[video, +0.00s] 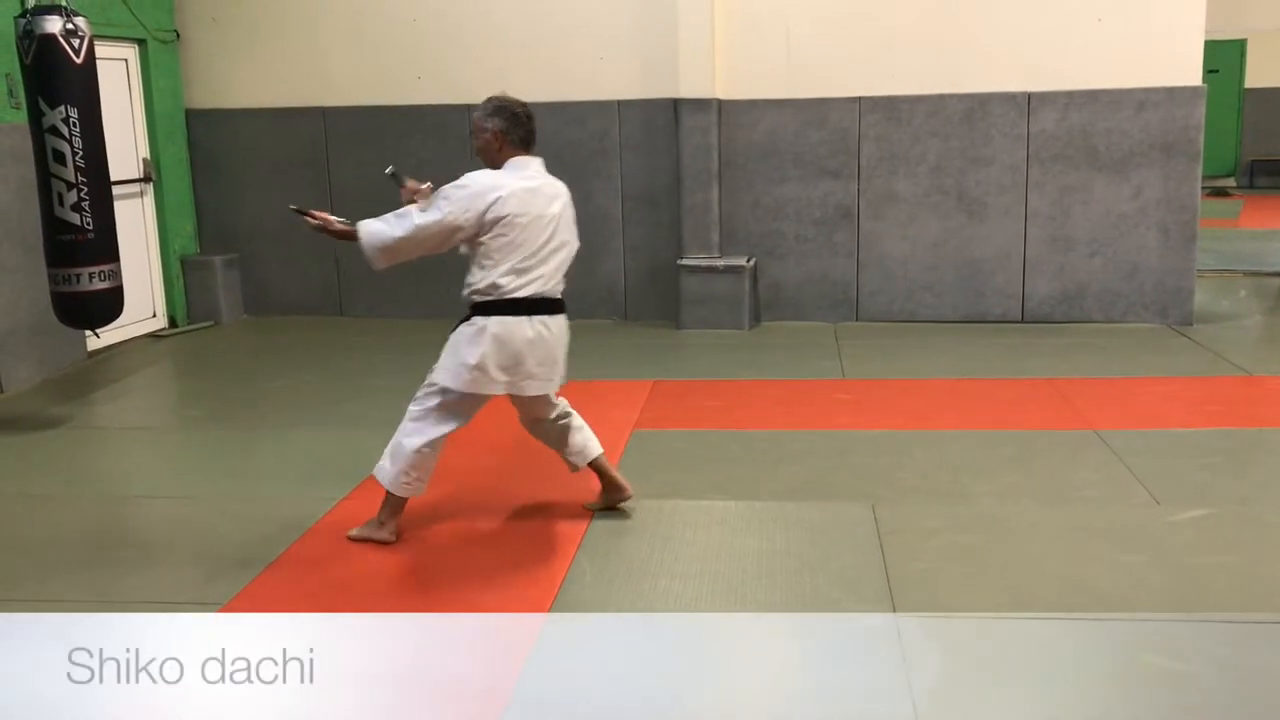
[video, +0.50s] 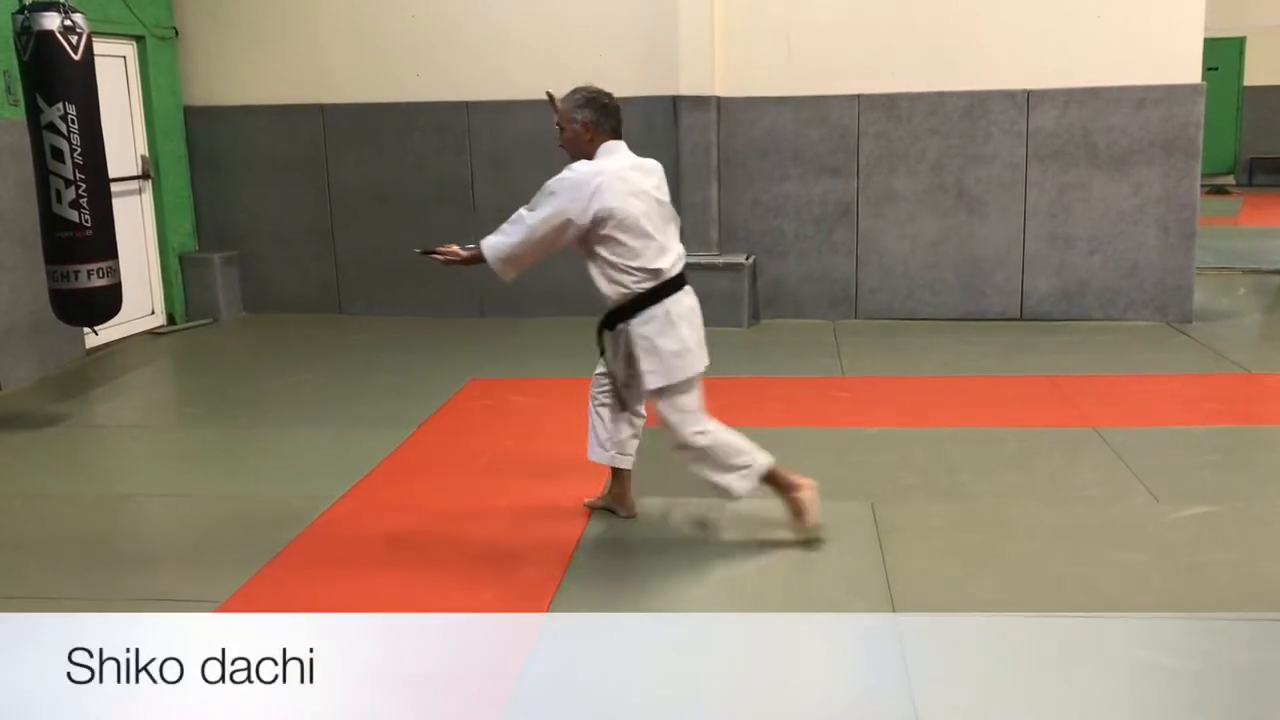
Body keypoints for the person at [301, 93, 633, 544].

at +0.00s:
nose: (474, 144)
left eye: (478, 134)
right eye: (474, 135)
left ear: (500, 135)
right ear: (523, 137)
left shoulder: (487, 188)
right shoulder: (558, 192)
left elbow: (426, 224)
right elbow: (495, 218)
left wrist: (352, 231)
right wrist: (435, 200)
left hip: (492, 329)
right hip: (548, 329)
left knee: (429, 414)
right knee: (543, 408)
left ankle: (387, 519)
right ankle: (613, 482)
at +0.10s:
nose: (503, 137)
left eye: (508, 128)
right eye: (502, 128)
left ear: (531, 127)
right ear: (545, 129)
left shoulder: (518, 179)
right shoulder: (586, 182)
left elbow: (459, 218)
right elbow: (516, 204)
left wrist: (385, 230)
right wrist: (466, 170)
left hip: (522, 318)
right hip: (576, 318)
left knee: (457, 407)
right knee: (561, 408)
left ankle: (399, 510)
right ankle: (617, 495)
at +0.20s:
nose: (522, 134)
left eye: (525, 125)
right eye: (520, 126)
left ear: (548, 125)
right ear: (566, 126)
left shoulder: (537, 176)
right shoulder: (604, 173)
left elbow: (478, 221)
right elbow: (541, 196)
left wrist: (411, 236)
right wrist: (505, 154)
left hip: (558, 319)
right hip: (608, 315)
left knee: (487, 402)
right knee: (585, 405)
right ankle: (616, 496)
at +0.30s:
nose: (531, 133)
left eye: (536, 123)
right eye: (530, 123)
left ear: (561, 124)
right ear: (580, 126)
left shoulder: (554, 176)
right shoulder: (617, 168)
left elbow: (499, 221)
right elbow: (564, 185)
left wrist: (433, 244)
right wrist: (531, 143)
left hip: (588, 320)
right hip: (634, 312)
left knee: (534, 413)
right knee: (602, 407)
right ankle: (618, 496)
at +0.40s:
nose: (541, 132)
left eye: (547, 122)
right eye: (541, 122)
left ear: (573, 124)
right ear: (587, 127)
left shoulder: (568, 177)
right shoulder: (629, 165)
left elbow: (512, 226)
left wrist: (453, 248)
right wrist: (554, 128)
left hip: (622, 320)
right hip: (656, 308)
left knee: (606, 436)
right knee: (612, 404)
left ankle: (696, 483)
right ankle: (621, 493)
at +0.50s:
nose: (558, 135)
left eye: (563, 127)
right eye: (559, 126)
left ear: (588, 129)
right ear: (603, 128)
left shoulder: (582, 182)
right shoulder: (647, 168)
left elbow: (529, 229)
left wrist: (474, 252)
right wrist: (575, 112)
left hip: (651, 316)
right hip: (658, 307)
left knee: (688, 426)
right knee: (614, 395)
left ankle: (790, 485)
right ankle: (619, 492)